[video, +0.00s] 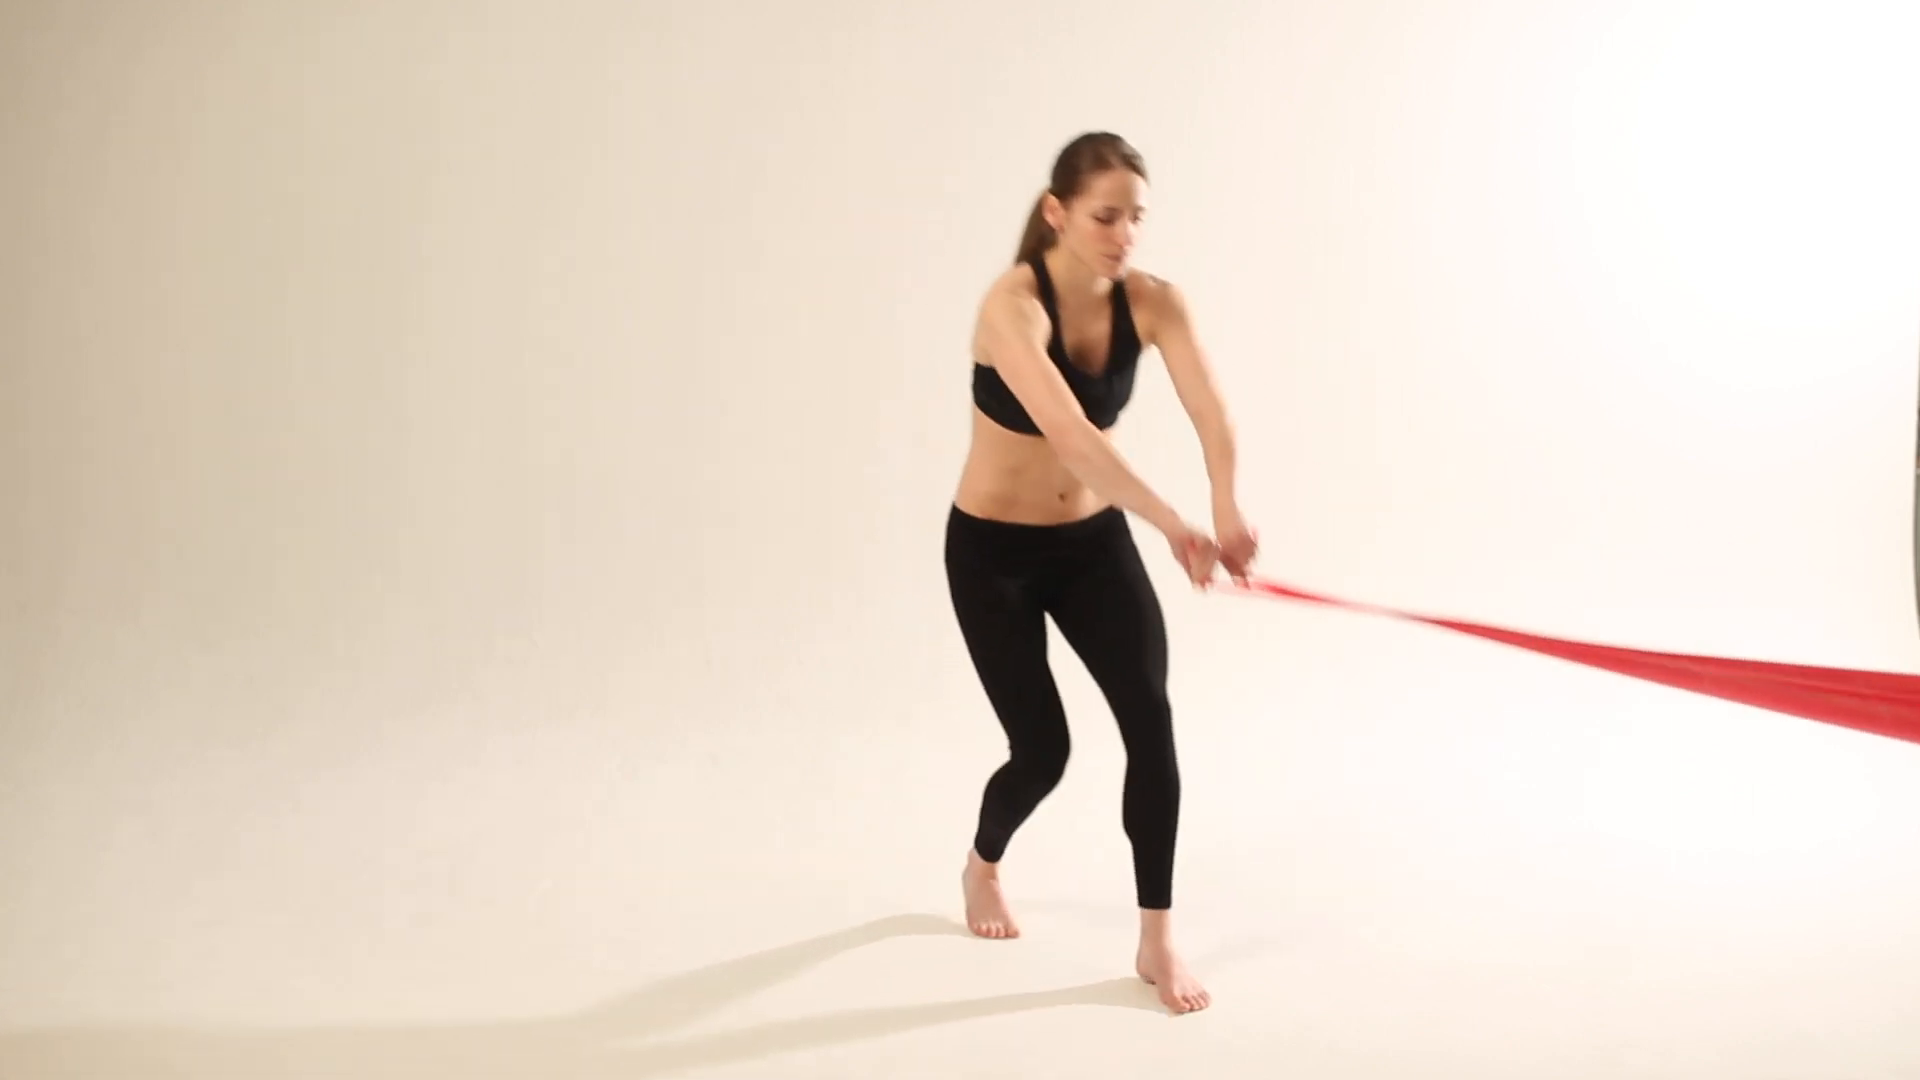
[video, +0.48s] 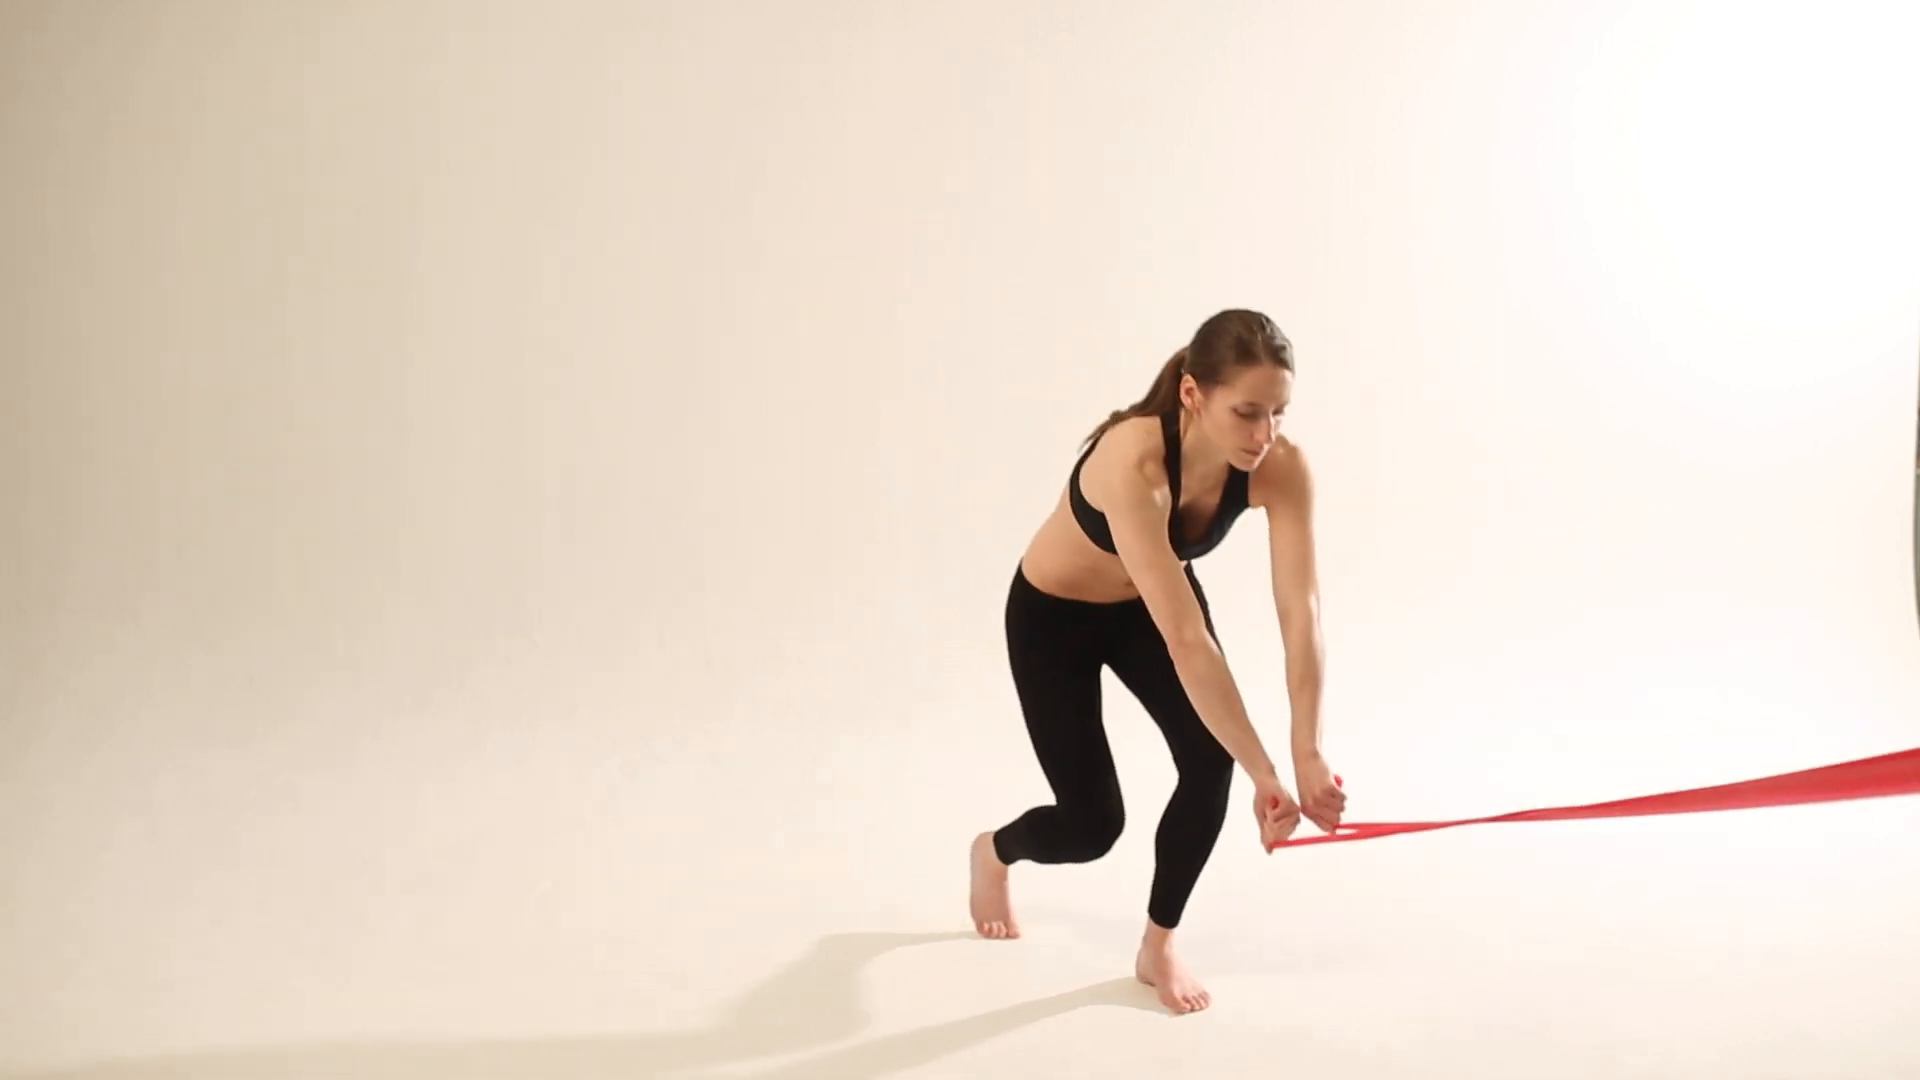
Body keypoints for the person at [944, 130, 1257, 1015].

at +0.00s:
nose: (1124, 231)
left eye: (1134, 214)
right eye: (1107, 213)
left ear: (1142, 219)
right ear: (1055, 211)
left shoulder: (1149, 300)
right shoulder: (1010, 307)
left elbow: (1210, 414)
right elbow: (1078, 445)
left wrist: (1226, 510)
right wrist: (1174, 526)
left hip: (1093, 546)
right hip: (992, 551)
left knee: (1150, 730)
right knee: (1043, 752)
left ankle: (1156, 939)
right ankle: (981, 863)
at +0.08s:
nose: (1160, 267)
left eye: (1170, 247)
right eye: (1142, 247)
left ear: (1179, 246)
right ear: (1089, 243)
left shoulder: (1180, 323)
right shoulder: (1042, 333)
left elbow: (1229, 451)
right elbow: (1109, 483)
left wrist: (1240, 567)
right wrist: (1198, 580)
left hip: (1110, 557)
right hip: (1011, 563)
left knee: (1166, 734)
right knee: (1062, 768)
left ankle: (1156, 941)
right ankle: (982, 854)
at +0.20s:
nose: (1204, 325)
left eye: (1214, 304)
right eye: (1186, 304)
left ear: (1223, 298)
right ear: (1132, 292)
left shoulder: (1225, 376)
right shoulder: (1084, 379)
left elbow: (1256, 512)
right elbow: (1143, 538)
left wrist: (1267, 642)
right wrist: (1228, 658)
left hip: (1128, 580)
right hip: (1031, 584)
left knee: (1187, 745)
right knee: (1081, 791)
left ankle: (1158, 941)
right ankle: (985, 853)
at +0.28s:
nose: (1229, 363)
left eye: (1239, 342)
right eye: (1212, 342)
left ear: (1249, 334)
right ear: (1157, 329)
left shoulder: (1247, 409)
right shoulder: (1102, 409)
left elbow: (1273, 549)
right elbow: (1163, 576)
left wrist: (1282, 684)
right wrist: (1243, 703)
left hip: (1136, 592)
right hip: (1039, 598)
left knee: (1198, 750)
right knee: (1085, 805)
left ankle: (1158, 942)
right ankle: (989, 850)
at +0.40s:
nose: (1254, 412)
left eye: (1266, 393)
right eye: (1237, 392)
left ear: (1276, 381)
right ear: (1182, 376)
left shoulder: (1271, 452)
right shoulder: (1122, 446)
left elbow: (1292, 593)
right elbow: (1182, 622)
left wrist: (1300, 733)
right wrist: (1256, 755)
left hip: (1149, 603)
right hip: (1050, 611)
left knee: (1206, 760)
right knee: (1091, 819)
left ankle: (1158, 944)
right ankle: (992, 851)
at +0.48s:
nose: (1264, 433)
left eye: (1276, 413)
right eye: (1247, 412)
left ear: (1286, 403)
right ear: (1192, 395)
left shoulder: (1279, 469)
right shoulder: (1130, 461)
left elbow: (1298, 611)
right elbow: (1188, 640)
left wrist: (1306, 752)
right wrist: (1262, 774)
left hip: (1153, 607)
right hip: (1053, 616)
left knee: (1210, 765)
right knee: (1093, 826)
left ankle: (1158, 944)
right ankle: (993, 851)